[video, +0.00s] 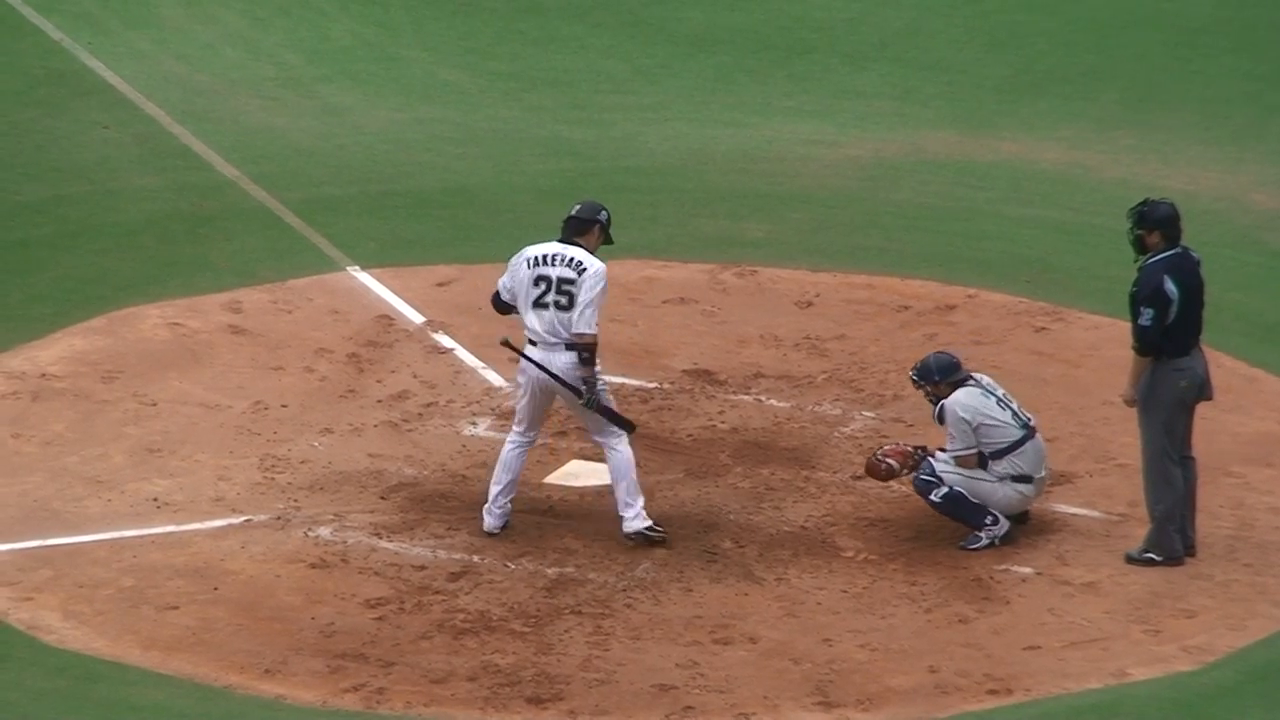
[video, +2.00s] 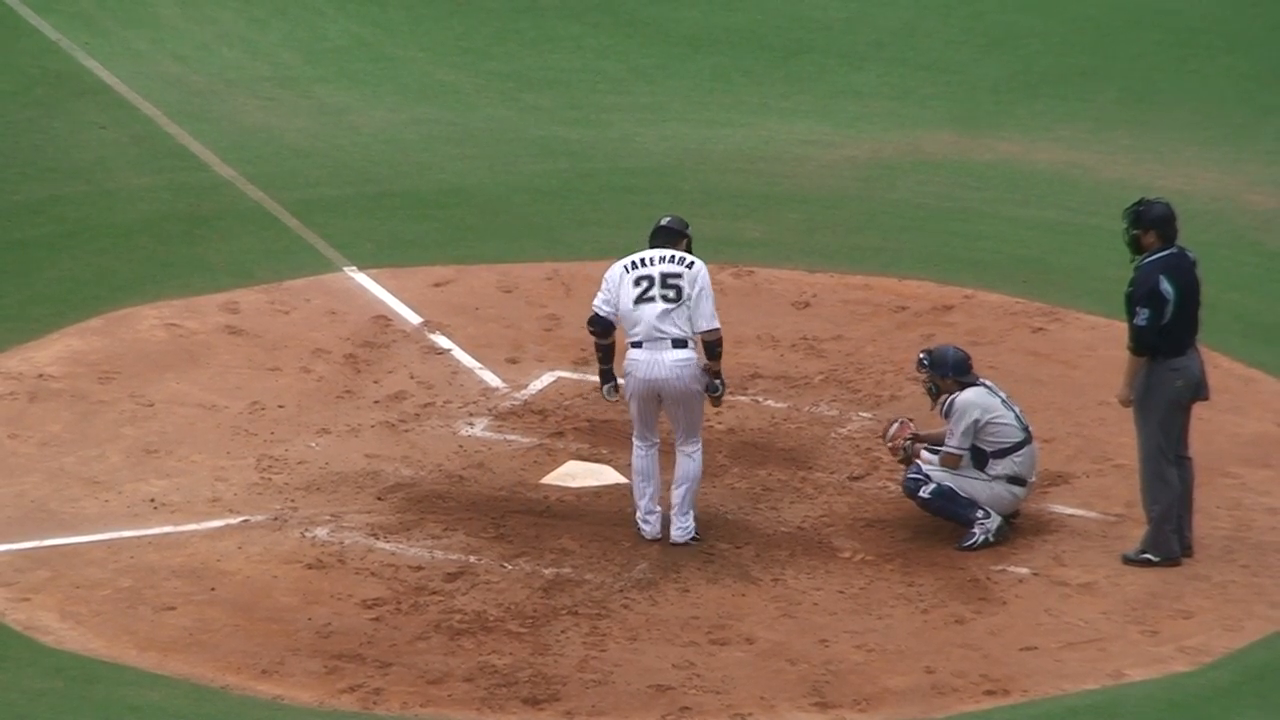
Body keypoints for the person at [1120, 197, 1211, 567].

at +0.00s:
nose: (1136, 235)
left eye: (1141, 230)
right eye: (1138, 228)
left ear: (1154, 236)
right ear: (1169, 232)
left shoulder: (1152, 276)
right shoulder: (1188, 260)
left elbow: (1145, 343)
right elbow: (1189, 321)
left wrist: (1132, 385)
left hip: (1166, 372)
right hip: (1191, 364)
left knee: (1160, 459)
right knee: (1179, 454)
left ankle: (1164, 544)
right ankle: (1181, 535)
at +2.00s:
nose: (1132, 235)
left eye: (1137, 230)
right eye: (1134, 228)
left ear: (1150, 235)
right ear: (1165, 232)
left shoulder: (1148, 275)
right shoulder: (1184, 260)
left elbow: (1141, 342)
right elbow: (1186, 321)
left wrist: (1127, 385)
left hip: (1162, 372)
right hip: (1187, 364)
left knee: (1157, 459)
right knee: (1176, 455)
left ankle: (1161, 544)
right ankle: (1178, 536)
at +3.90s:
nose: (1117, 243)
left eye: (1122, 238)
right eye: (1118, 237)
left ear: (1138, 241)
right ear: (1149, 240)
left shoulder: (1134, 282)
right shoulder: (1169, 267)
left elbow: (1128, 346)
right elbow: (1172, 324)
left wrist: (1117, 391)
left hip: (1148, 378)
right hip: (1173, 371)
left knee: (1124, 462)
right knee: (1167, 458)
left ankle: (1105, 555)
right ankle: (1177, 537)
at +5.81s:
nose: (1087, 237)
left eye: (1092, 232)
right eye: (1089, 230)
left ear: (1105, 238)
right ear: (1119, 235)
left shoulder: (1104, 277)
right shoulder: (1139, 262)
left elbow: (1100, 343)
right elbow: (1141, 322)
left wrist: (1088, 386)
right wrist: (1137, 359)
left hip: (1119, 373)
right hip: (1142, 365)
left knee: (1103, 458)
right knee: (1135, 442)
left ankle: (1101, 554)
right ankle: (1144, 512)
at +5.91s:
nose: (1088, 237)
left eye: (1093, 232)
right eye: (1090, 230)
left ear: (1105, 238)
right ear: (1120, 235)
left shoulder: (1105, 278)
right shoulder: (1139, 263)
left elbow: (1101, 344)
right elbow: (1141, 322)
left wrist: (1088, 387)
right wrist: (1141, 361)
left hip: (1120, 373)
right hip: (1143, 365)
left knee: (1105, 458)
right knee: (1136, 443)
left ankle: (1101, 554)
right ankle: (1145, 512)